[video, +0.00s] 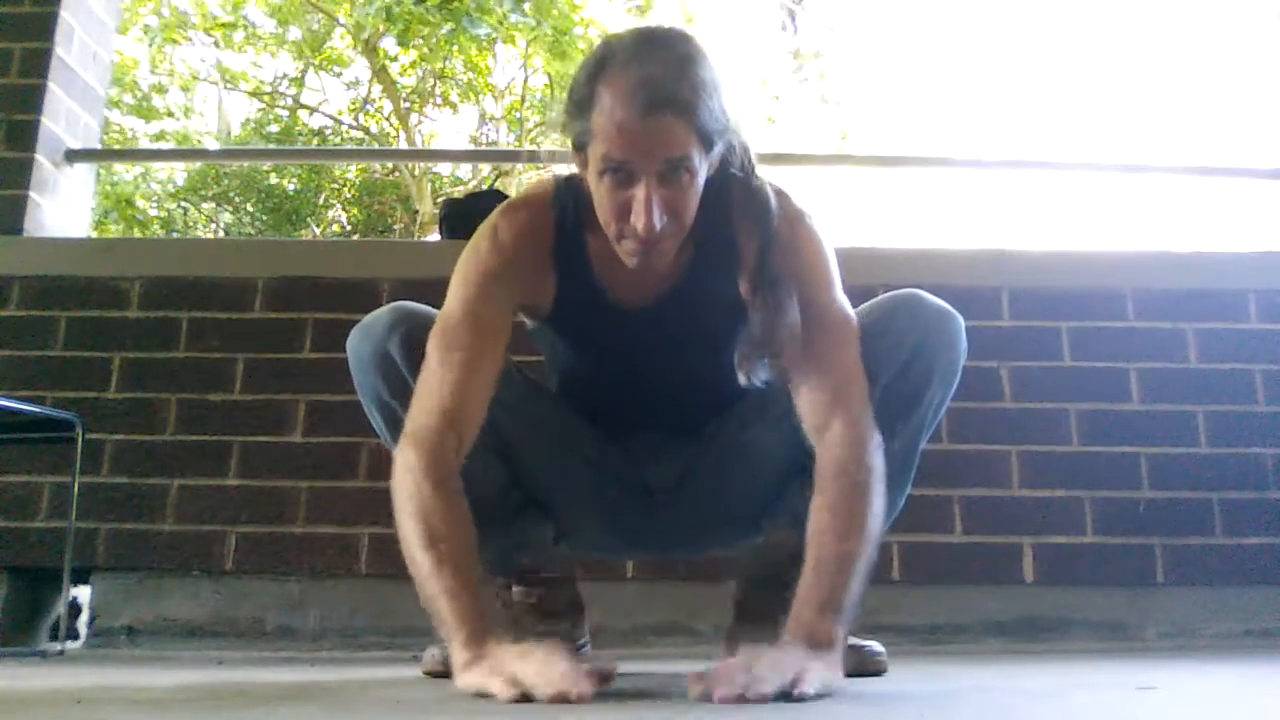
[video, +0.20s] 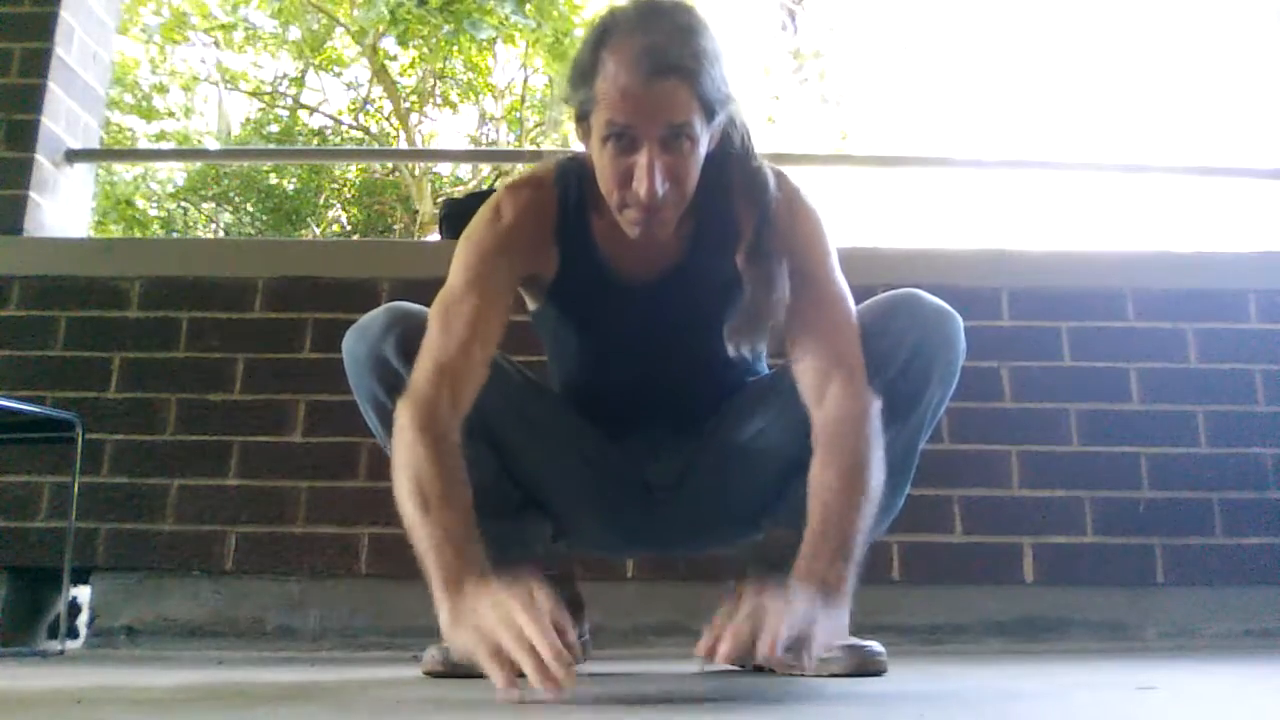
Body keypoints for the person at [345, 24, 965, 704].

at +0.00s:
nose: (645, 212)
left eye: (675, 174)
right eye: (617, 175)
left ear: (715, 158)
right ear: (580, 158)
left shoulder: (773, 230)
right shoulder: (520, 235)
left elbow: (848, 439)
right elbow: (423, 458)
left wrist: (808, 637)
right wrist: (472, 647)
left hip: (728, 478)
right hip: (584, 479)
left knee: (926, 325)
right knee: (388, 336)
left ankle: (781, 622)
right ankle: (540, 605)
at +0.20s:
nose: (647, 178)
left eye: (677, 142)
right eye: (619, 141)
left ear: (717, 129)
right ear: (584, 130)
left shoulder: (772, 210)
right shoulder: (521, 217)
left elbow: (839, 390)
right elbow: (426, 419)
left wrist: (819, 586)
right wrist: (464, 591)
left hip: (729, 472)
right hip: (584, 473)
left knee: (923, 325)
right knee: (381, 339)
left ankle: (792, 608)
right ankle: (520, 606)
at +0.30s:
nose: (648, 174)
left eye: (677, 139)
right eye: (621, 138)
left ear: (717, 126)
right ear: (584, 126)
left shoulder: (770, 201)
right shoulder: (525, 209)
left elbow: (852, 371)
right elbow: (412, 399)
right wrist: (446, 496)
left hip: (728, 479)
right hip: (584, 476)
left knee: (929, 327)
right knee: (377, 341)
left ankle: (783, 607)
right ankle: (536, 604)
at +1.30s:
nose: (648, 91)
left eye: (678, 45)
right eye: (613, 51)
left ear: (720, 31)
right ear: (568, 41)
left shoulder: (781, 111)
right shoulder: (511, 109)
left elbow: (835, 311)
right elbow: (425, 316)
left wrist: (827, 536)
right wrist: (414, 557)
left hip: (737, 401)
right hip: (578, 402)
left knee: (952, 361)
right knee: (352, 377)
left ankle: (796, 581)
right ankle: (534, 577)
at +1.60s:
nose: (618, 22)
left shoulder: (790, 14)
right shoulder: (462, 14)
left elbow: (823, 241)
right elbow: (403, 260)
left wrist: (807, 549)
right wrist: (408, 560)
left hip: (739, 306)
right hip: (562, 304)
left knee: (939, 406)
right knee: (330, 420)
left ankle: (792, 571)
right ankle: (516, 551)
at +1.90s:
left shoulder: (786, 13)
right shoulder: (396, 10)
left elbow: (812, 219)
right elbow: (368, 232)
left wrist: (795, 557)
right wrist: (366, 562)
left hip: (735, 205)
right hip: (555, 203)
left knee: (895, 482)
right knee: (353, 409)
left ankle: (891, 552)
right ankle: (528, 561)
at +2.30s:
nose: (620, 69)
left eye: (655, 45)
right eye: (606, 53)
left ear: (721, 6)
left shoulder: (812, 11)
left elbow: (846, 200)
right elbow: (375, 239)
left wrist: (843, 533)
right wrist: (364, 560)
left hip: (749, 209)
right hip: (556, 202)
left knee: (848, 460)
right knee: (413, 505)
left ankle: (937, 539)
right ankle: (491, 524)